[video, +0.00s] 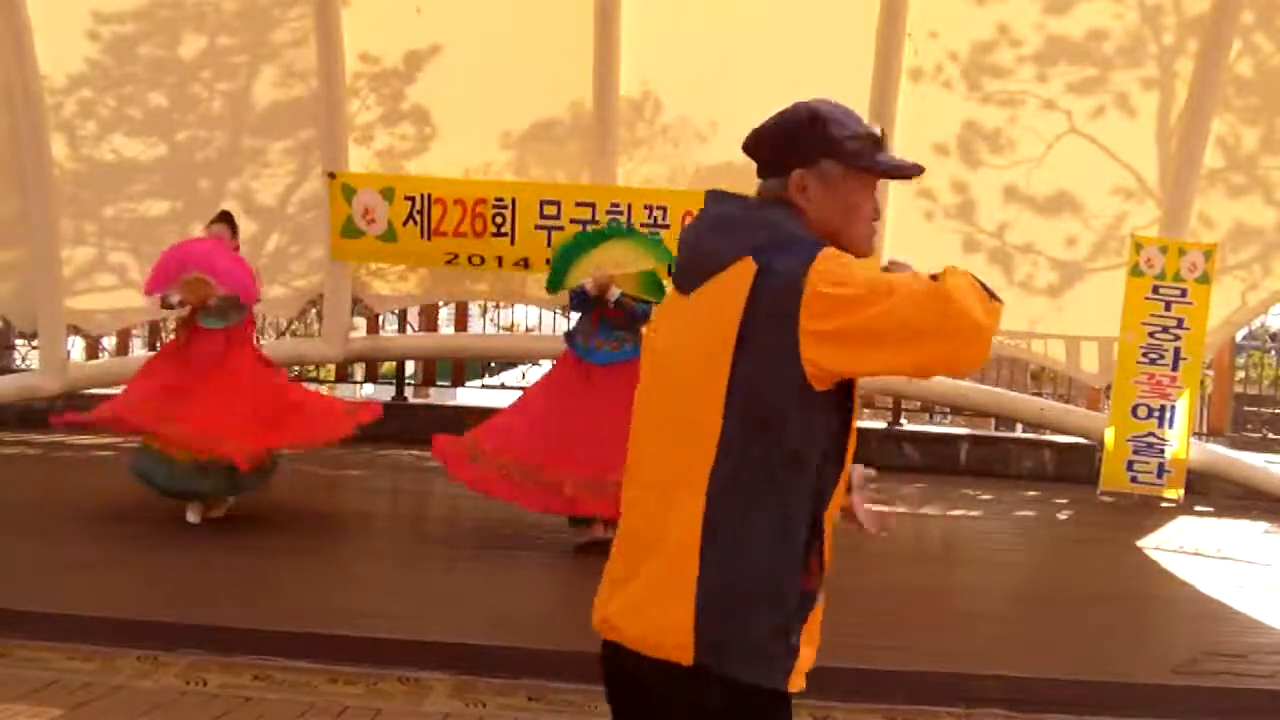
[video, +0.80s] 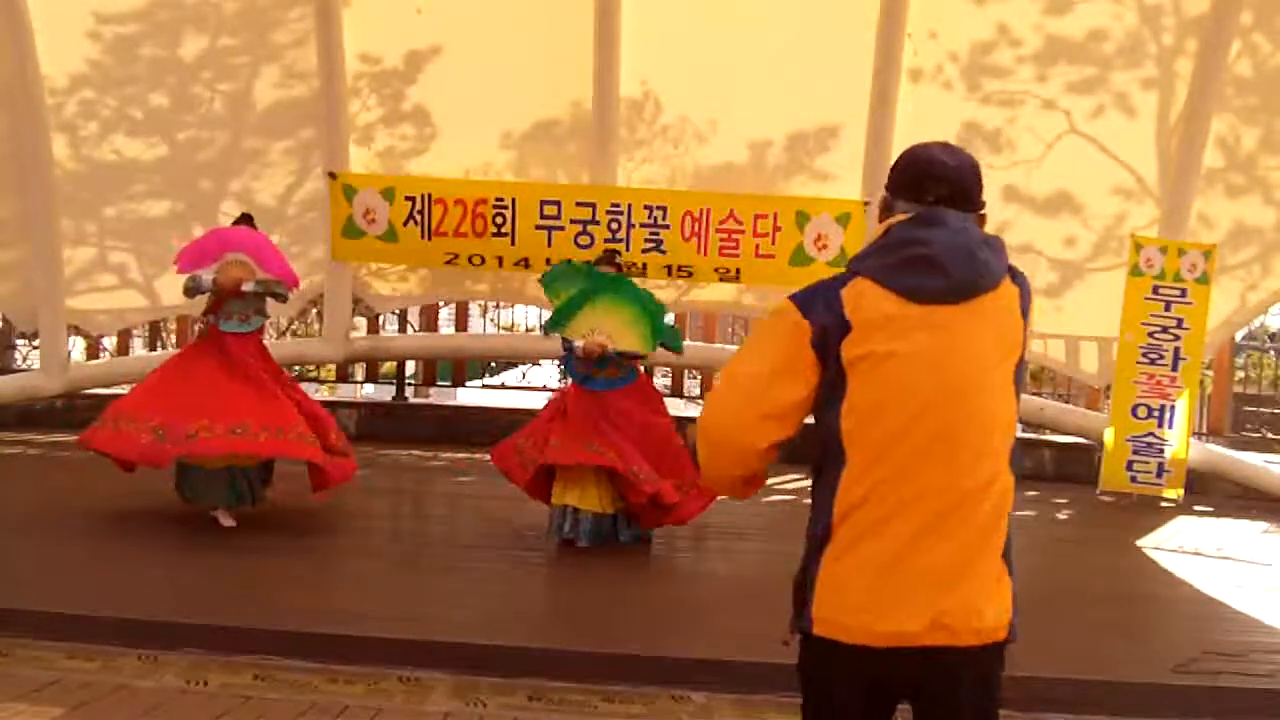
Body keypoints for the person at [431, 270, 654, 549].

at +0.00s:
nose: (612, 267)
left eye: (620, 263)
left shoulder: (642, 277)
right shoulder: (590, 266)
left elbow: (642, 315)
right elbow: (574, 302)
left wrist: (615, 297)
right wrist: (590, 291)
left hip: (625, 356)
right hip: (586, 353)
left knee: (620, 442)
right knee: (584, 440)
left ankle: (617, 524)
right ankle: (596, 525)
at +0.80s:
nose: (607, 282)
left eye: (613, 276)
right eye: (601, 275)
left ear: (623, 277)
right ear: (590, 275)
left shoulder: (633, 310)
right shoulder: (578, 308)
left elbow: (646, 350)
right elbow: (566, 345)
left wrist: (616, 347)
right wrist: (584, 348)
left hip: (626, 388)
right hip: (585, 387)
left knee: (625, 455)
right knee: (582, 454)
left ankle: (627, 529)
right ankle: (578, 529)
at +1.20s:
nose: (592, 296)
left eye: (599, 290)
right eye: (587, 290)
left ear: (613, 290)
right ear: (581, 290)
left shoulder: (627, 320)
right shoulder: (571, 320)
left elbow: (652, 363)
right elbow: (552, 363)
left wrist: (633, 382)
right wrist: (545, 400)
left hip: (618, 400)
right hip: (577, 398)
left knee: (621, 458)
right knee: (572, 456)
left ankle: (623, 523)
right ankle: (570, 522)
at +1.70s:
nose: (593, 268)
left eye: (600, 263)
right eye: (588, 262)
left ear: (612, 266)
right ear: (581, 264)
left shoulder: (624, 302)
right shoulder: (567, 298)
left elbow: (656, 334)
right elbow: (535, 332)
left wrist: (681, 355)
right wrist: (502, 361)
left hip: (610, 390)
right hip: (570, 389)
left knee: (612, 459)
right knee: (569, 459)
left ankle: (604, 535)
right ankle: (565, 530)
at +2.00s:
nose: (603, 249)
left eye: (610, 244)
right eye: (598, 243)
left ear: (623, 252)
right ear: (589, 250)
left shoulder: (635, 286)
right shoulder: (575, 286)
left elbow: (676, 299)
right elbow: (531, 298)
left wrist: (709, 299)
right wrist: (485, 305)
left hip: (620, 381)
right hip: (580, 380)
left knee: (617, 455)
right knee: (575, 453)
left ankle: (611, 538)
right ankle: (574, 537)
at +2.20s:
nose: (604, 247)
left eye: (611, 243)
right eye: (598, 242)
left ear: (623, 252)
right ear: (590, 249)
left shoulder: (636, 285)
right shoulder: (575, 283)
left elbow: (678, 281)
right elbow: (528, 273)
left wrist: (715, 269)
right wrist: (483, 255)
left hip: (622, 380)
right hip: (583, 379)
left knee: (618, 455)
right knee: (586, 456)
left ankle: (608, 541)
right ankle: (590, 544)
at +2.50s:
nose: (604, 246)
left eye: (612, 240)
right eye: (598, 240)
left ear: (624, 248)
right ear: (588, 247)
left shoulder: (633, 285)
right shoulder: (577, 280)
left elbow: (672, 265)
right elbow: (542, 245)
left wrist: (693, 230)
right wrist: (512, 199)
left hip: (623, 380)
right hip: (583, 380)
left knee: (620, 461)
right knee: (587, 460)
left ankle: (606, 550)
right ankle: (595, 553)